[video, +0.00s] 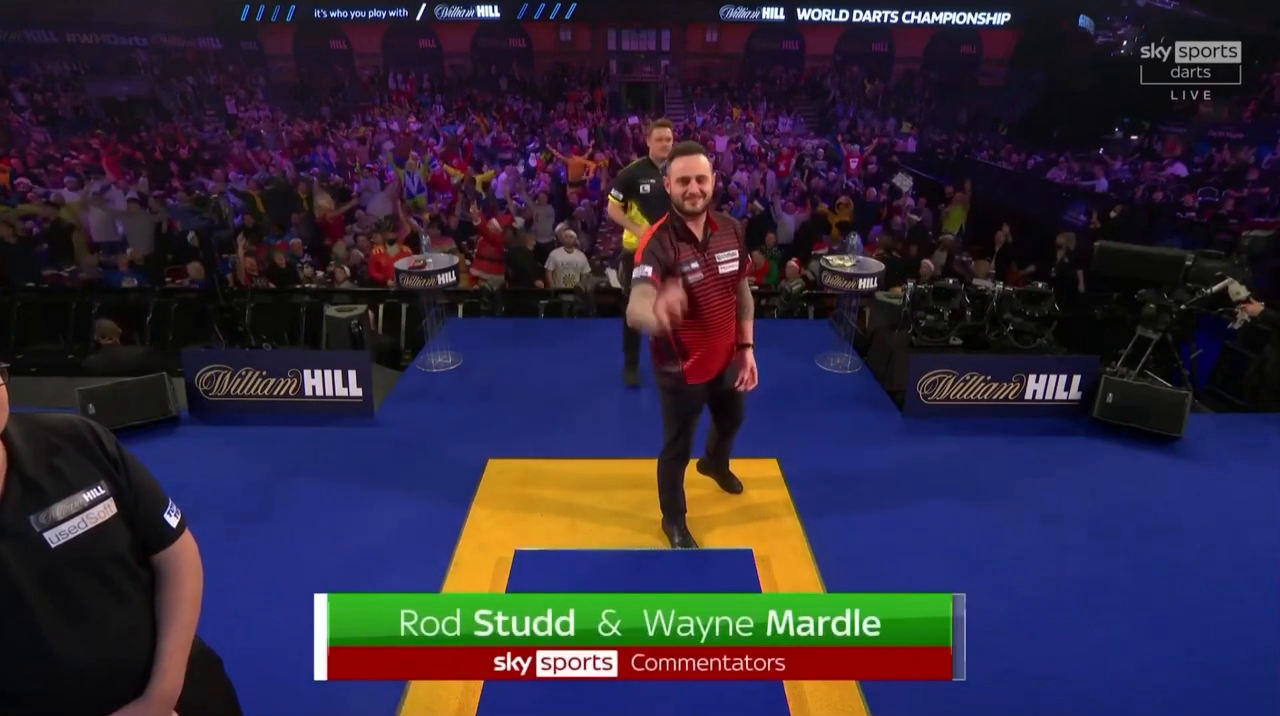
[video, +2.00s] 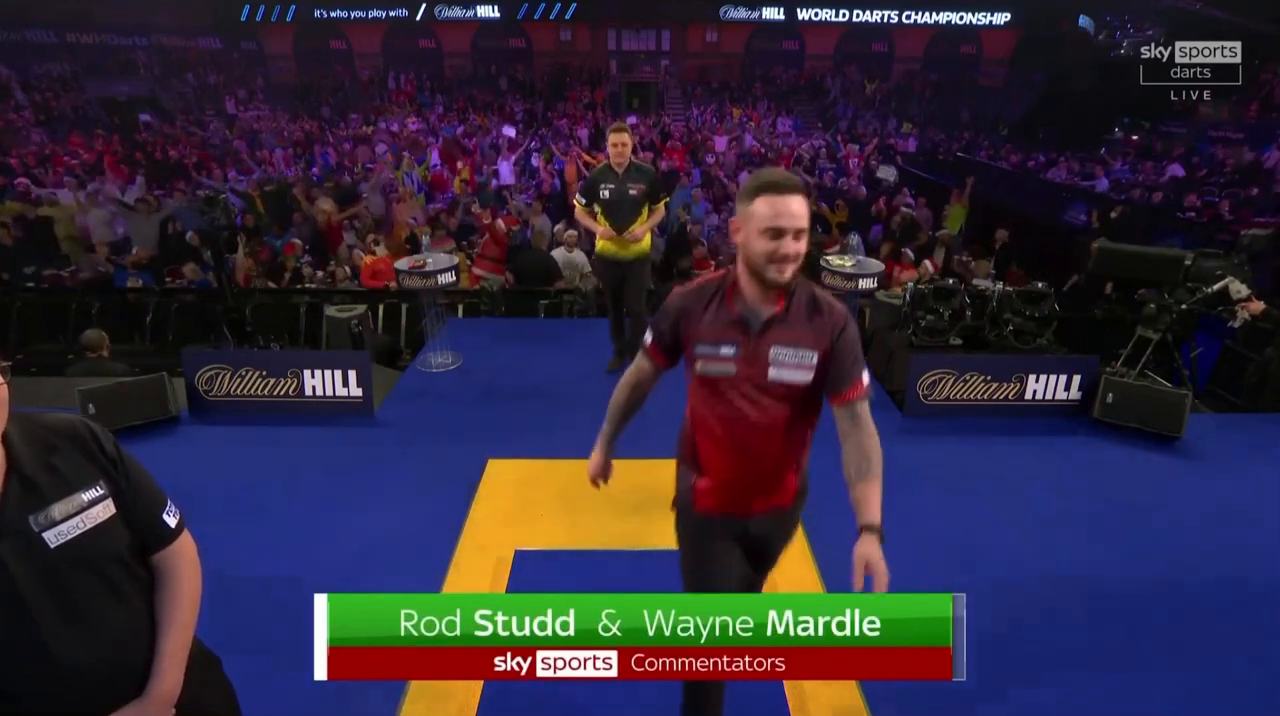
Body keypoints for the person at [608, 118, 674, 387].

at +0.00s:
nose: (664, 145)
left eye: (668, 140)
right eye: (659, 140)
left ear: (673, 142)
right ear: (648, 141)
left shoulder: (679, 170)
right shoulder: (631, 173)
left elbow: (690, 203)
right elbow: (613, 208)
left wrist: (683, 228)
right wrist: (638, 230)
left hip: (671, 249)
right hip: (637, 250)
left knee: (672, 305)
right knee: (634, 309)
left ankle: (673, 367)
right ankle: (631, 368)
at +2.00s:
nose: (619, 150)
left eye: (623, 145)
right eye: (614, 145)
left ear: (631, 146)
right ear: (607, 147)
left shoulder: (647, 175)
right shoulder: (596, 176)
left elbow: (660, 208)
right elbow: (579, 210)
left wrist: (644, 227)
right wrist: (597, 228)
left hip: (637, 252)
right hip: (607, 253)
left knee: (636, 306)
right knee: (614, 307)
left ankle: (635, 354)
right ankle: (619, 353)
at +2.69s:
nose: (632, 174)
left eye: (636, 168)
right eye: (626, 168)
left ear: (645, 163)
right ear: (618, 164)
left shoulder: (663, 191)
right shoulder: (605, 191)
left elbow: (675, 229)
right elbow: (586, 228)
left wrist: (654, 250)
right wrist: (611, 251)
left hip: (647, 276)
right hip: (612, 275)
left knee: (643, 337)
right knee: (610, 337)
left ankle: (641, 389)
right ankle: (615, 388)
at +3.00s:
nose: (621, 190)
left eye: (626, 183)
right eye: (616, 184)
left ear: (636, 176)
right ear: (606, 179)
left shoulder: (656, 202)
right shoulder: (594, 207)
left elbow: (670, 244)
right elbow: (575, 248)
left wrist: (647, 267)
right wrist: (607, 272)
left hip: (642, 292)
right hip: (606, 293)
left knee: (640, 350)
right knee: (607, 367)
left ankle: (640, 391)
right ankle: (603, 440)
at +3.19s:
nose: (615, 196)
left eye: (620, 189)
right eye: (609, 190)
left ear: (630, 180)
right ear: (599, 182)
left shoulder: (649, 203)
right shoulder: (585, 209)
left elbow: (660, 244)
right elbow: (561, 252)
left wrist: (646, 276)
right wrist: (590, 285)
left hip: (635, 304)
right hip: (596, 306)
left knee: (641, 367)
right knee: (600, 377)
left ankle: (633, 397)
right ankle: (603, 444)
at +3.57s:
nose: (621, 207)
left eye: (627, 200)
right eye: (615, 200)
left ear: (637, 189)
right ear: (603, 190)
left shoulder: (652, 214)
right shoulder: (585, 223)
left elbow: (659, 256)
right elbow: (560, 271)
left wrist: (651, 296)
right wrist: (565, 320)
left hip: (638, 317)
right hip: (595, 320)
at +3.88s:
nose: (631, 193)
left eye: (637, 185)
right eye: (624, 186)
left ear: (648, 185)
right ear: (612, 186)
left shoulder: (667, 221)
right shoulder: (593, 229)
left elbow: (672, 264)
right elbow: (571, 282)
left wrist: (669, 301)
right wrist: (573, 336)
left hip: (647, 337)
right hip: (606, 339)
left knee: (638, 416)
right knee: (610, 419)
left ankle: (630, 483)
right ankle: (603, 493)